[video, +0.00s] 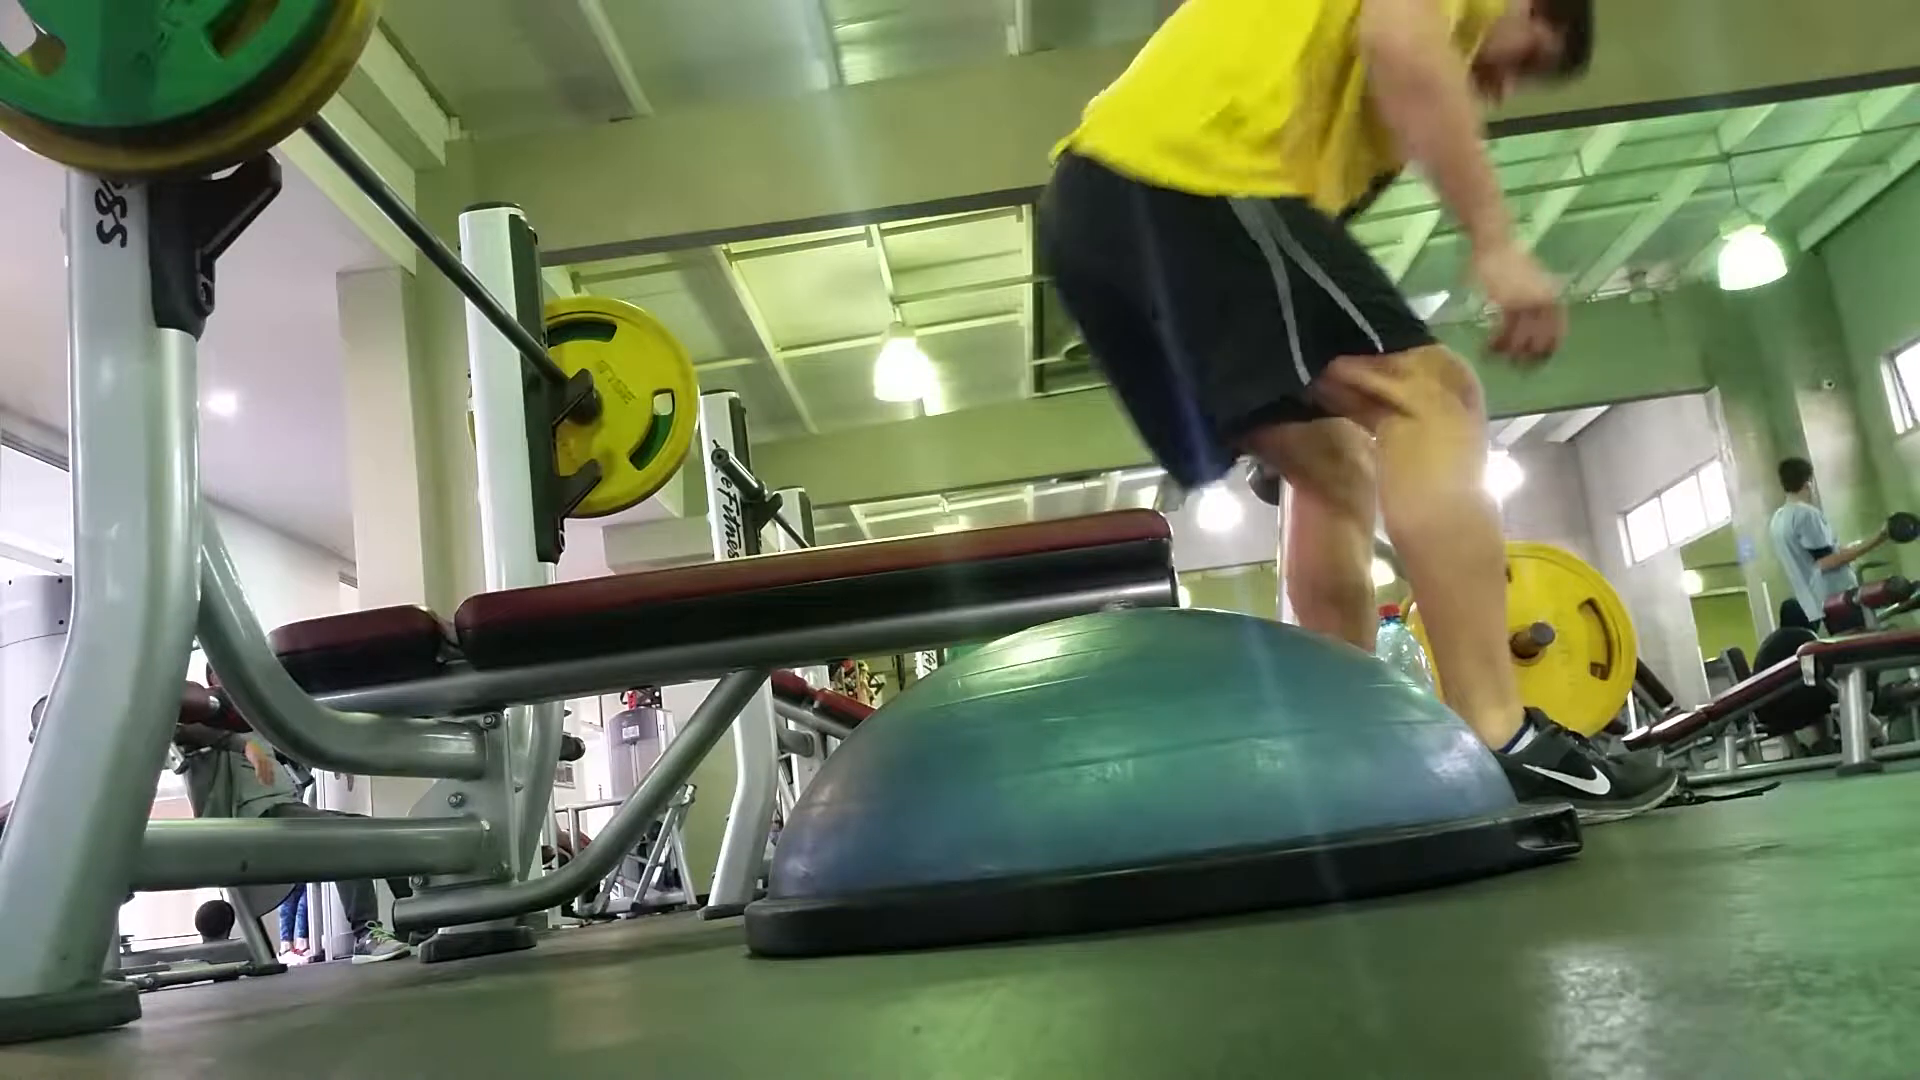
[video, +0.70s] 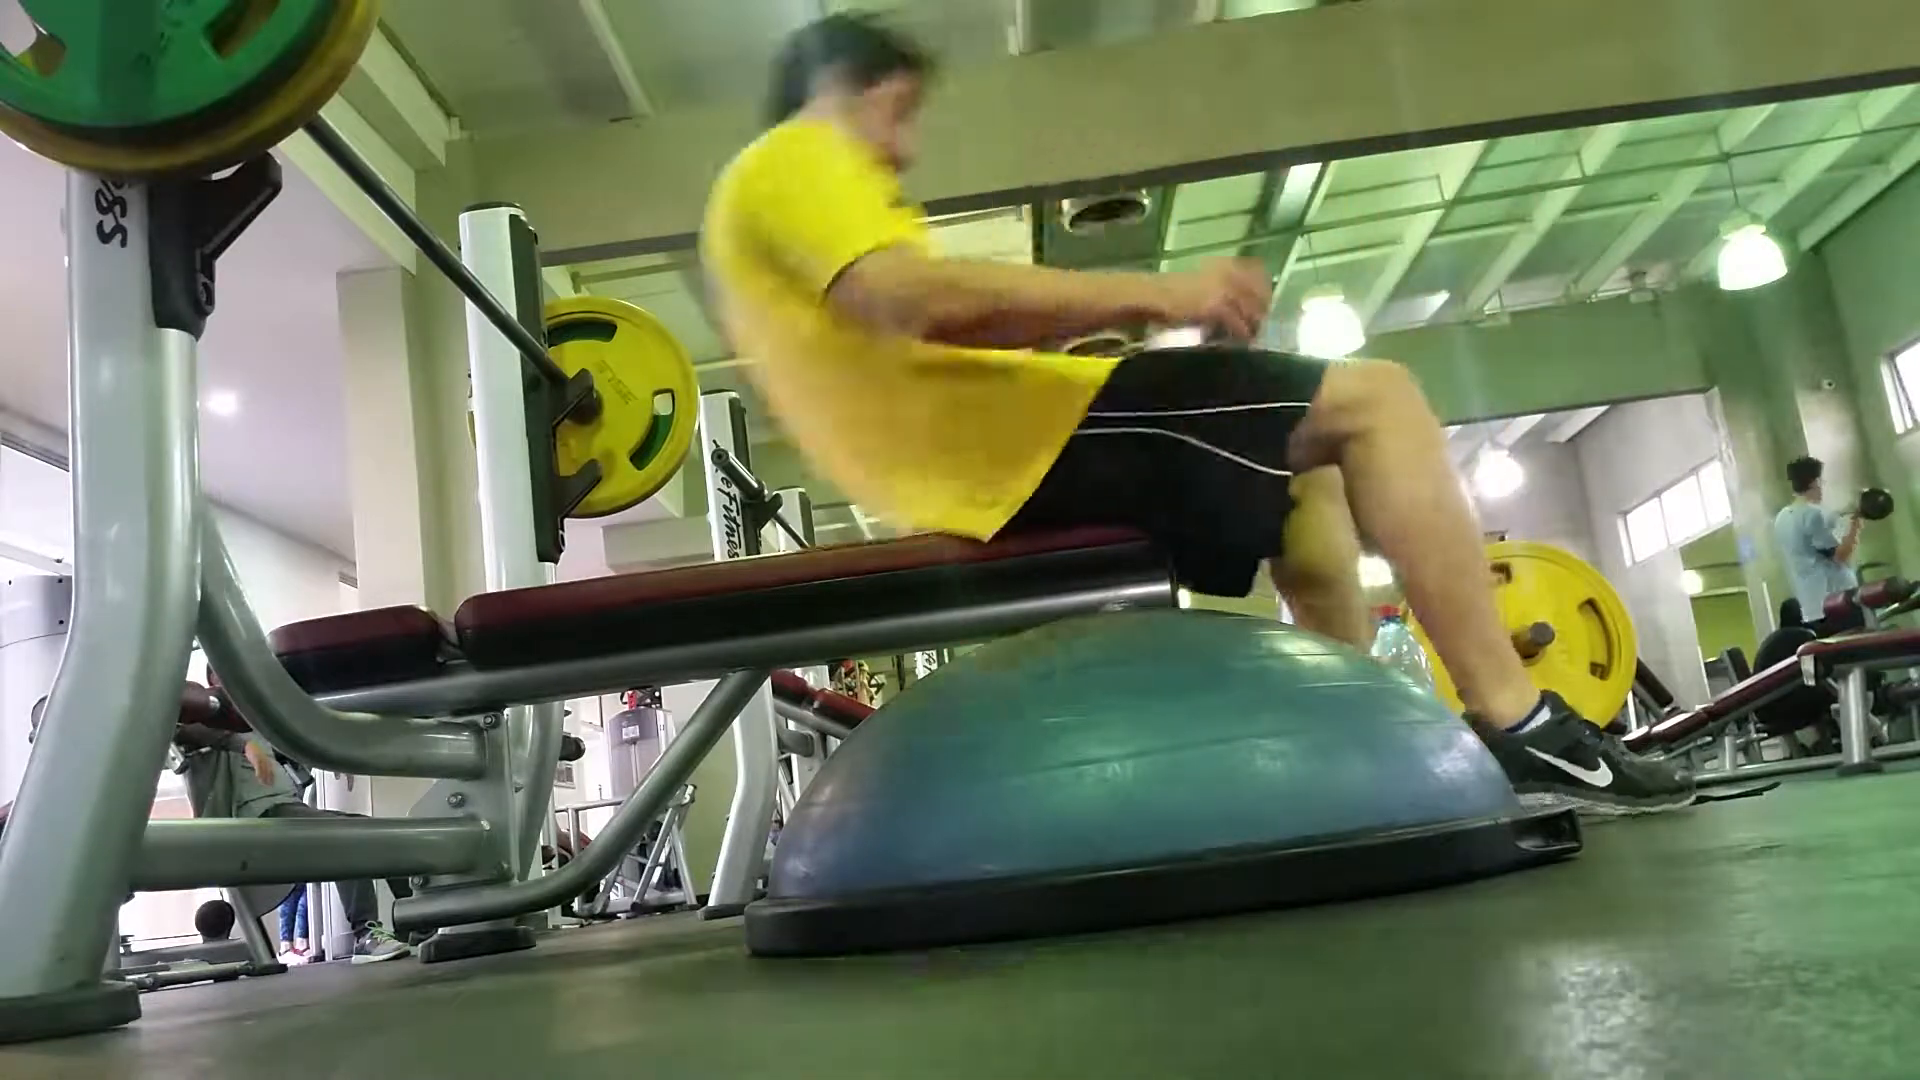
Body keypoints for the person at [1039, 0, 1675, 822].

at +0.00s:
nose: (1508, 83)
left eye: (1529, 78)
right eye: (1531, 55)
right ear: (1521, 4)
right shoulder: (1439, 11)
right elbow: (1401, 44)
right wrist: (1497, 244)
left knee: (1333, 463)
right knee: (1431, 399)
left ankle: (1346, 762)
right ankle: (1499, 737)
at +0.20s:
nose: (1428, 139)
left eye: (1452, 135)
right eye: (1450, 112)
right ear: (1445, 39)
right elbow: (1277, 124)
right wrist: (1357, 339)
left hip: (1073, 336)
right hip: (1147, 305)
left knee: (1374, 491)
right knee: (1467, 401)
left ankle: (1364, 766)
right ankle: (1502, 735)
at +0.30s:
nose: (1353, 119)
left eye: (1373, 110)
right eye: (1370, 90)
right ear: (1356, 23)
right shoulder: (1280, 27)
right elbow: (1198, 144)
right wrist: (1298, 359)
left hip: (1069, 406)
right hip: (1141, 371)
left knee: (1389, 493)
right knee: (1479, 401)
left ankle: (1360, 764)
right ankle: (1503, 732)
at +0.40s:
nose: (1242, 120)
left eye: (1262, 105)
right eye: (1256, 89)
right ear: (1232, 23)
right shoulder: (1148, 53)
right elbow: (1107, 206)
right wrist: (1263, 370)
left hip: (1063, 453)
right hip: (1120, 422)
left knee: (1378, 547)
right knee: (1465, 402)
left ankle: (1359, 786)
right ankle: (1505, 729)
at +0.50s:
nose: (1130, 126)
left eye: (1143, 106)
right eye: (1137, 92)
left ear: (1079, 47)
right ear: (1093, 36)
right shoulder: (1010, 83)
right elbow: (1021, 249)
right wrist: (1223, 372)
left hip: (1042, 472)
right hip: (1087, 439)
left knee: (1364, 525)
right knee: (1437, 398)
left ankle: (1358, 778)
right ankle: (1510, 734)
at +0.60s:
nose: (1008, 112)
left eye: (1019, 94)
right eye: (1001, 84)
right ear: (946, 45)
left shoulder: (931, 165)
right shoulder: (890, 104)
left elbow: (986, 318)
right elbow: (947, 273)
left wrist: (1175, 354)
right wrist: (1174, 336)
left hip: (1026, 473)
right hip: (1061, 442)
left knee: (1329, 524)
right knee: (1405, 402)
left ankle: (1361, 766)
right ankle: (1510, 726)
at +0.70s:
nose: (909, 146)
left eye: (912, 123)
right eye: (900, 115)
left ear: (830, 99)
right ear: (846, 88)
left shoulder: (812, 209)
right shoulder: (791, 157)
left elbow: (964, 326)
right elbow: (903, 295)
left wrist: (1134, 320)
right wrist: (1158, 292)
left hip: (999, 466)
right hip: (1012, 435)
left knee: (1304, 493)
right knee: (1378, 399)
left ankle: (1358, 763)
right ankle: (1506, 719)